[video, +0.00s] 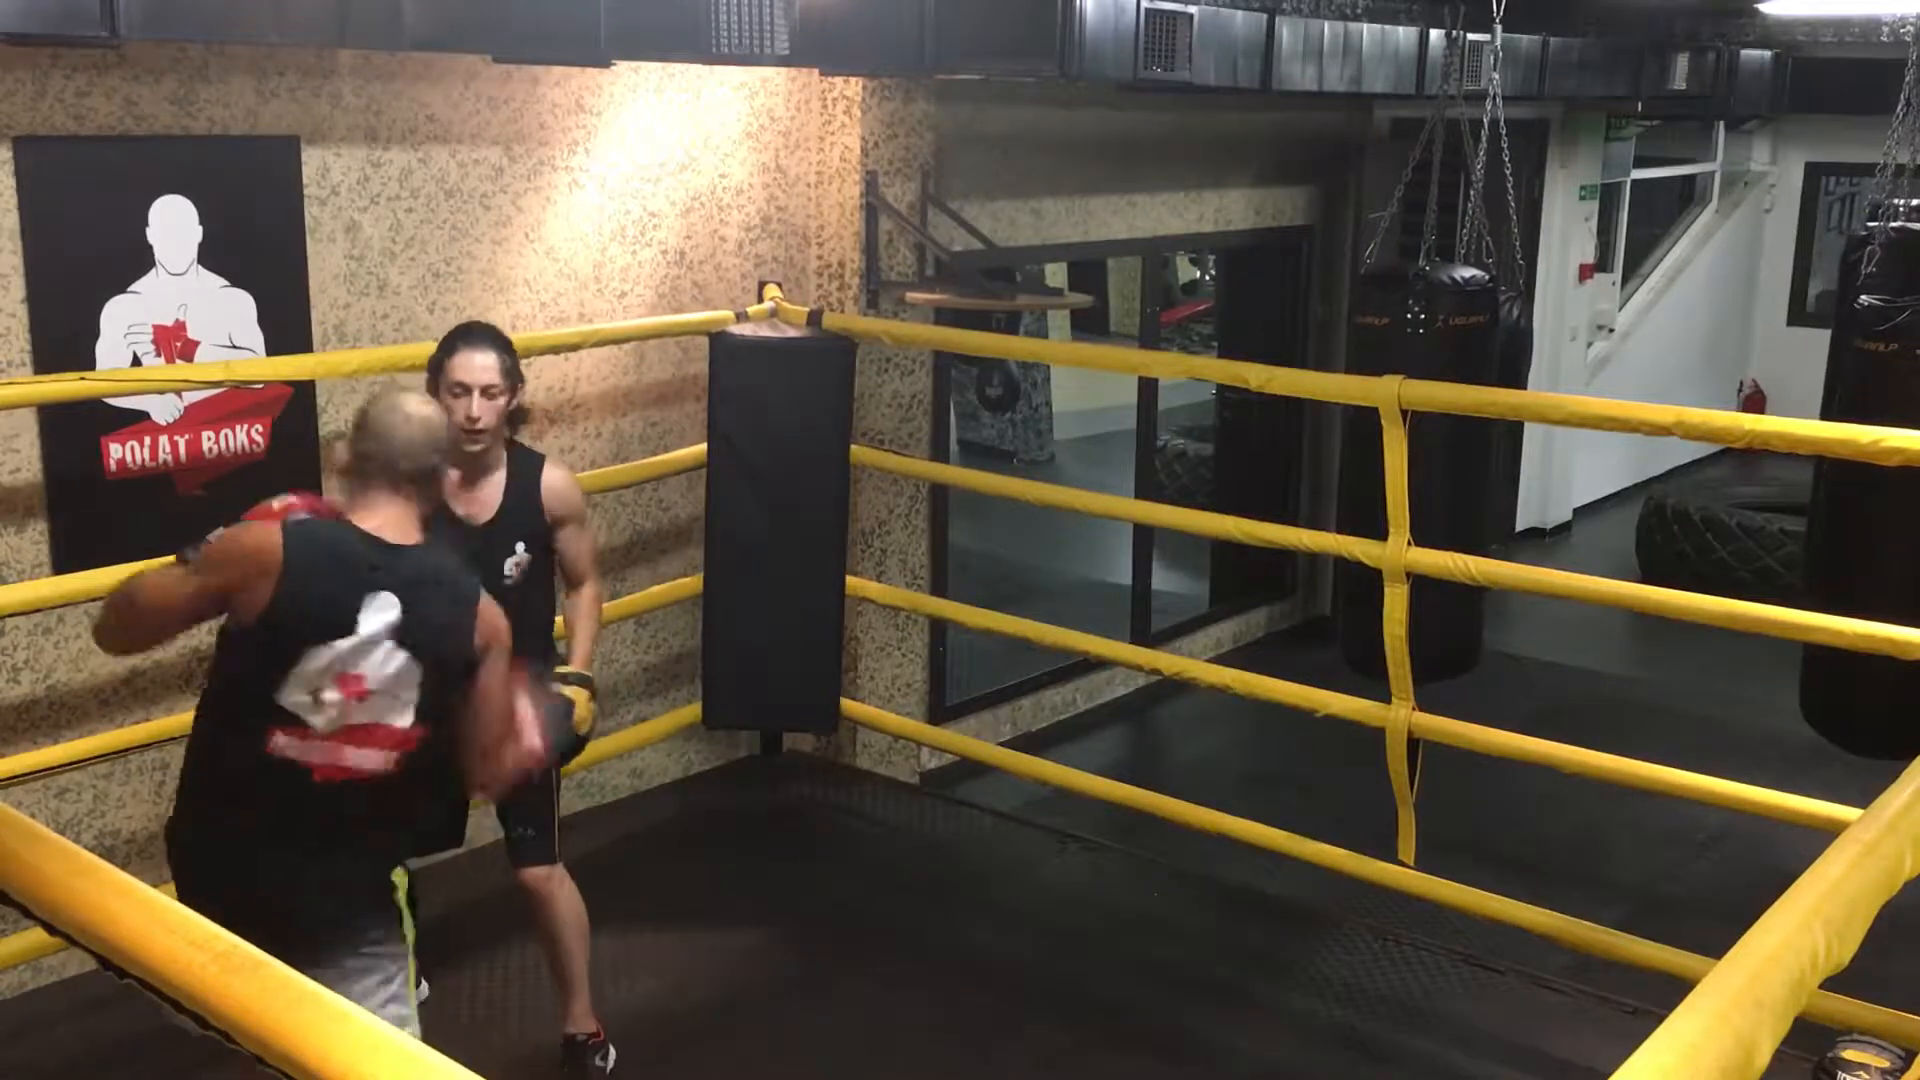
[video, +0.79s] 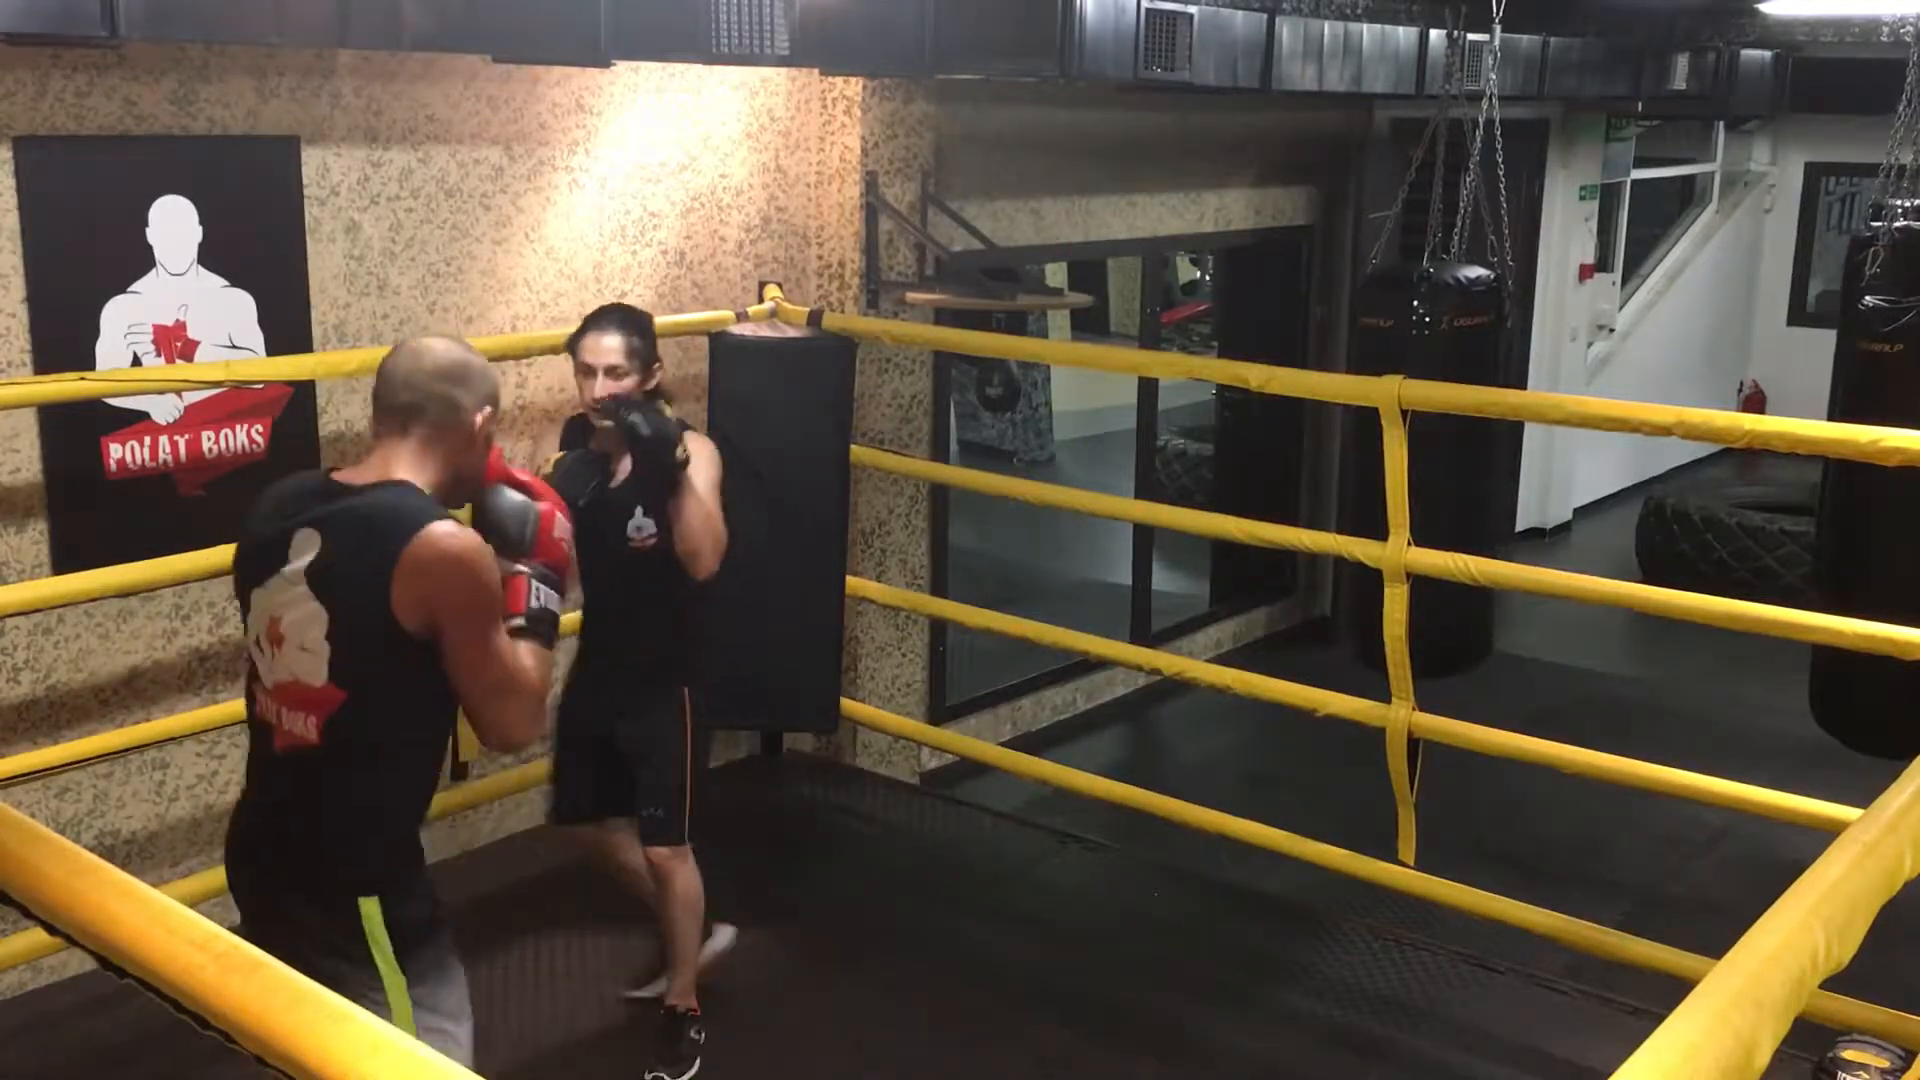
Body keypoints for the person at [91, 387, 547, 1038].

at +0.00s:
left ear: (346, 459)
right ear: (444, 484)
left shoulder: (265, 552)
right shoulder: (478, 617)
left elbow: (116, 627)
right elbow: (488, 774)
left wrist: (215, 554)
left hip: (224, 871)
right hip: (355, 888)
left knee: (249, 1049)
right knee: (378, 1067)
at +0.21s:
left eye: (320, 431)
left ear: (322, 444)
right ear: (426, 463)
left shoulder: (252, 546)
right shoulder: (460, 587)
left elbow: (123, 657)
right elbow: (438, 754)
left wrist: (205, 585)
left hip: (244, 875)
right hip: (373, 881)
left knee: (262, 1056)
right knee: (405, 1064)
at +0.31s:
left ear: (333, 451)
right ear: (438, 470)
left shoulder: (229, 543)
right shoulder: (450, 590)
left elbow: (96, 652)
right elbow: (453, 764)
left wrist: (190, 586)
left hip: (235, 875)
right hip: (362, 885)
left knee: (285, 1054)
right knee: (436, 1062)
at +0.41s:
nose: (455, 490)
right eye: (456, 480)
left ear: (346, 469)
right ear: (447, 488)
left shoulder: (241, 559)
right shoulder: (425, 617)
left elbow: (119, 653)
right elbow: (484, 750)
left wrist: (184, 682)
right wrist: (487, 616)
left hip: (241, 908)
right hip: (361, 927)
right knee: (441, 1056)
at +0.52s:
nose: (459, 510)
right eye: (461, 499)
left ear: (351, 488)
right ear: (451, 507)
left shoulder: (256, 583)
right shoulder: (416, 644)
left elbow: (136, 683)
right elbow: (518, 733)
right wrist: (513, 605)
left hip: (245, 923)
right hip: (356, 940)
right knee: (415, 1065)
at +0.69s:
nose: (476, 464)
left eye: (476, 444)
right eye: (475, 444)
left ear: (365, 436)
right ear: (456, 449)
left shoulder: (261, 542)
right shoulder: (429, 584)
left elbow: (194, 649)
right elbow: (514, 722)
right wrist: (520, 575)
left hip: (261, 879)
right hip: (365, 895)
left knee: (282, 1055)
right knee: (378, 1064)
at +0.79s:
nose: (487, 448)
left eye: (488, 430)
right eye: (489, 429)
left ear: (379, 413)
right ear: (474, 428)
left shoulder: (280, 509)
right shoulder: (445, 552)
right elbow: (512, 722)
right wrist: (540, 578)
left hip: (263, 847)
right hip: (362, 867)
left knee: (307, 1051)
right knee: (432, 1057)